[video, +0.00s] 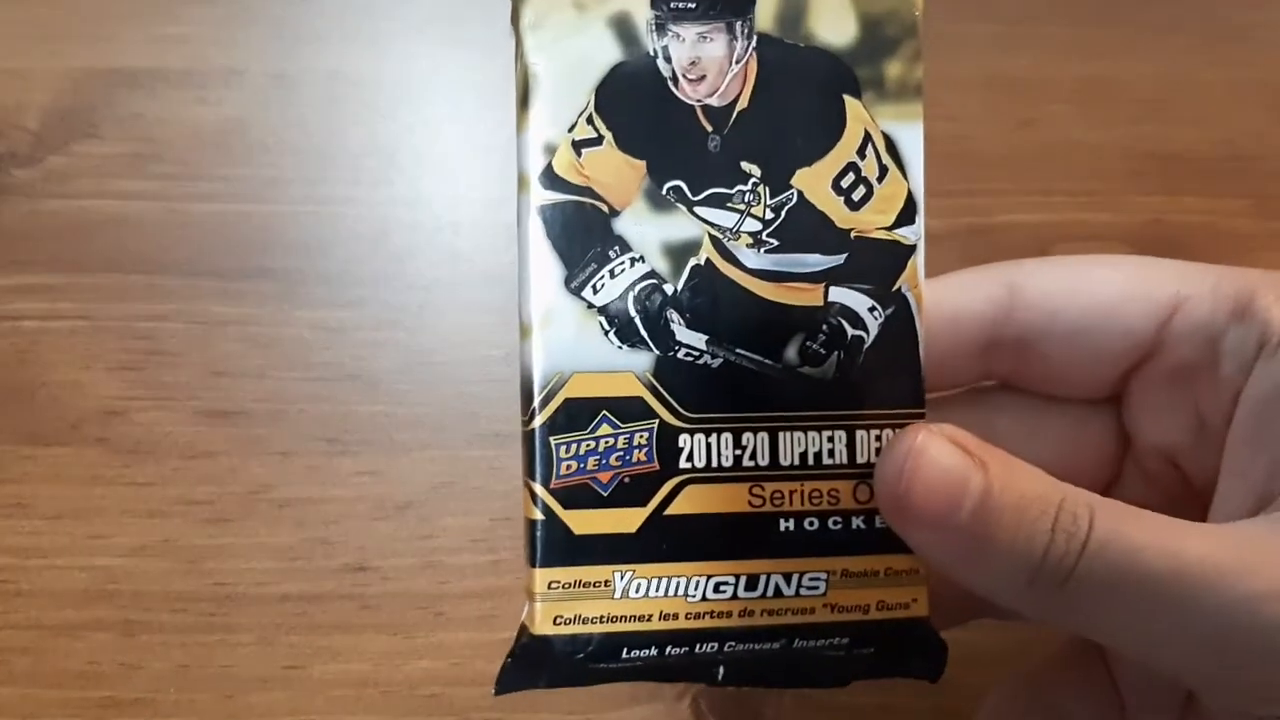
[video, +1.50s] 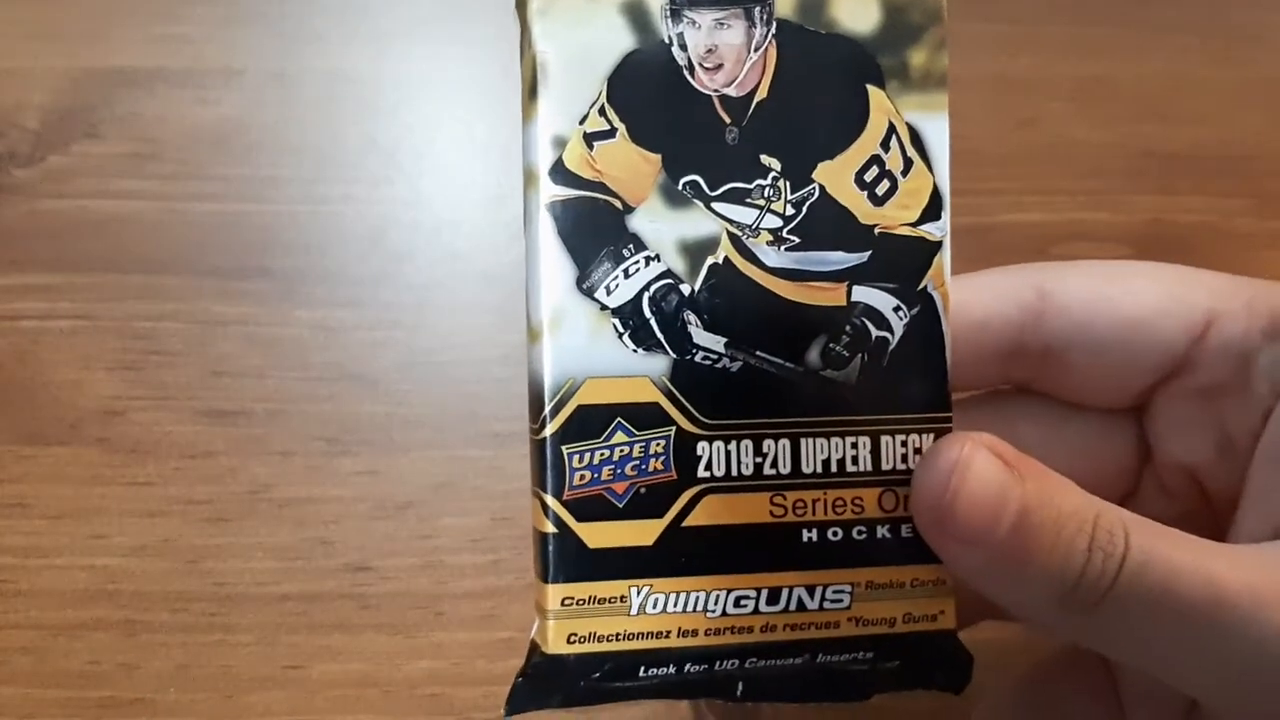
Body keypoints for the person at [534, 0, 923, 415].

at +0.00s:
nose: (687, 59)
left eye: (707, 37)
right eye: (673, 37)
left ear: (743, 34)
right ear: (658, 36)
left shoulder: (811, 90)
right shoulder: (633, 97)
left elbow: (889, 219)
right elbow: (567, 194)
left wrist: (845, 322)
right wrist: (624, 286)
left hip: (847, 288)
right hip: (733, 280)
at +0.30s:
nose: (681, 61)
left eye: (701, 39)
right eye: (666, 40)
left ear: (738, 35)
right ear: (651, 40)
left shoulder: (807, 91)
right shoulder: (627, 100)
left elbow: (889, 219)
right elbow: (562, 197)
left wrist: (844, 324)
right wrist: (621, 290)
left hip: (845, 292)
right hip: (729, 283)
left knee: (884, 451)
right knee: (667, 434)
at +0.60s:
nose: (680, 62)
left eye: (700, 40)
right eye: (666, 41)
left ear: (738, 35)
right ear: (651, 42)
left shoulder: (808, 90)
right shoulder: (628, 101)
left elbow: (892, 220)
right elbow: (563, 203)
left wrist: (851, 325)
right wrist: (626, 297)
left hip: (850, 288)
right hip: (735, 283)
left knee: (889, 445)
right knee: (675, 431)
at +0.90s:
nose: (685, 58)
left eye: (703, 35)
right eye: (670, 36)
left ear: (741, 30)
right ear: (655, 38)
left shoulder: (813, 85)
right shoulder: (631, 97)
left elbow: (897, 215)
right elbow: (565, 199)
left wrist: (857, 320)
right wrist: (625, 290)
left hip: (856, 286)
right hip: (738, 282)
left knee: (891, 448)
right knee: (675, 432)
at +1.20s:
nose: (712, 54)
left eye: (732, 32)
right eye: (696, 31)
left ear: (770, 29)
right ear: (679, 30)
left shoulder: (840, 85)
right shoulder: (655, 92)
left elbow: (922, 222)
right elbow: (587, 199)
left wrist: (879, 328)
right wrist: (643, 292)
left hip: (876, 294)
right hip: (759, 285)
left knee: (908, 455)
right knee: (696, 431)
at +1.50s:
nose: (704, 48)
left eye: (724, 25)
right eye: (687, 25)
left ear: (762, 24)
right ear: (671, 24)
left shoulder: (832, 81)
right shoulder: (647, 87)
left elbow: (914, 215)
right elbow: (579, 189)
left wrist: (871, 321)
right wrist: (638, 286)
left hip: (871, 282)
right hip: (753, 275)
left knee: (903, 445)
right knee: (685, 423)